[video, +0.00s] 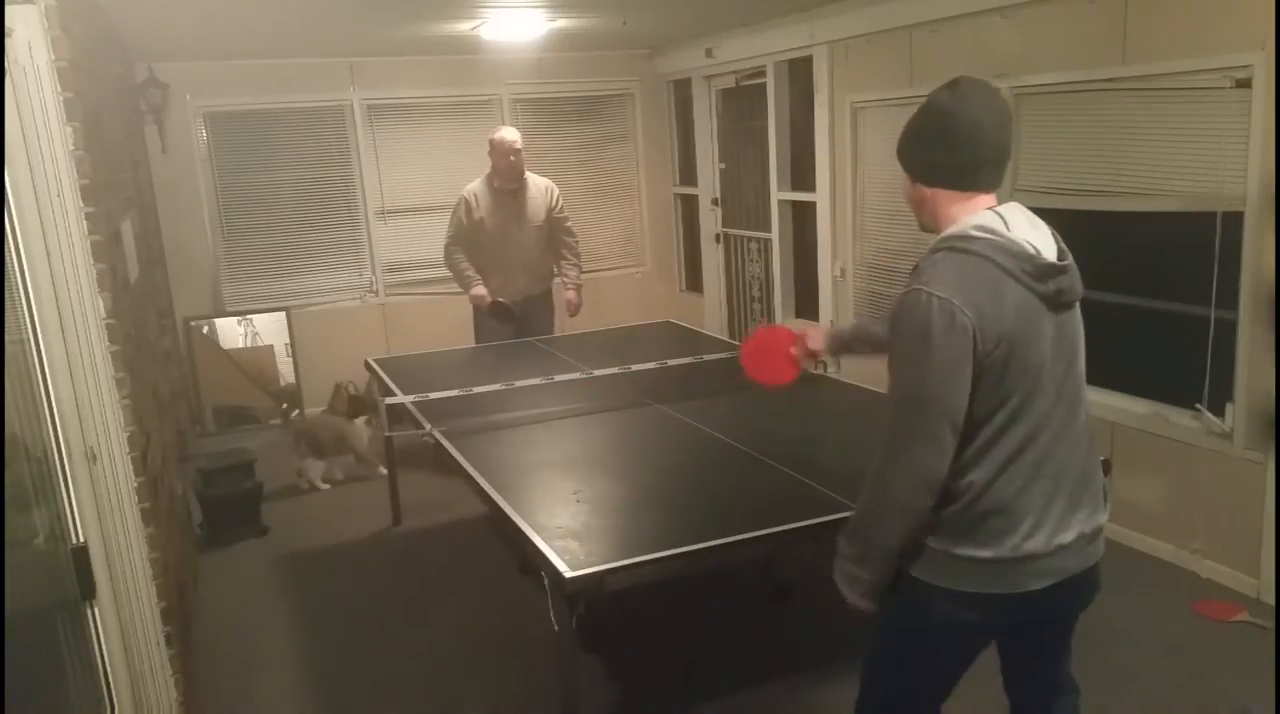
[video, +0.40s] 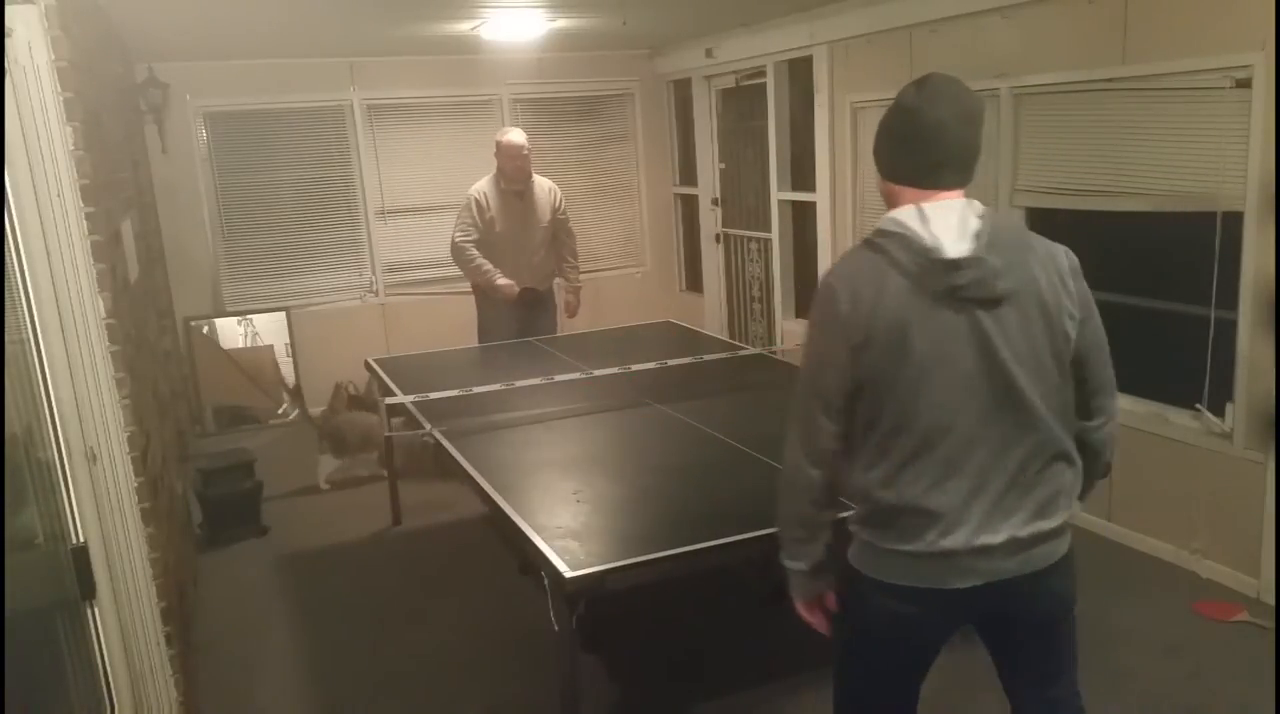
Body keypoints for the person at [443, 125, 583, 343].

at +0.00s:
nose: (513, 160)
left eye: (517, 152)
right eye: (505, 154)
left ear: (524, 152)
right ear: (491, 156)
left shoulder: (546, 190)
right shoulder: (472, 197)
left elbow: (566, 240)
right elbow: (453, 247)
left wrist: (571, 285)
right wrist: (473, 284)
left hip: (538, 302)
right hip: (492, 307)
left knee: (541, 372)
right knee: (495, 372)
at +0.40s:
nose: (520, 164)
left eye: (524, 157)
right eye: (512, 158)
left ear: (530, 154)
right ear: (497, 157)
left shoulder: (549, 192)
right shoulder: (480, 196)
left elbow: (566, 242)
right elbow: (461, 245)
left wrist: (572, 288)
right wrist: (496, 280)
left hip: (540, 297)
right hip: (497, 300)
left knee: (543, 367)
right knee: (499, 369)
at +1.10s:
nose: (517, 158)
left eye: (522, 151)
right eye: (510, 152)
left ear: (531, 151)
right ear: (497, 154)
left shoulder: (552, 191)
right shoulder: (479, 195)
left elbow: (568, 242)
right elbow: (460, 246)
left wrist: (573, 288)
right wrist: (471, 283)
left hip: (542, 300)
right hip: (498, 302)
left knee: (541, 369)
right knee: (499, 372)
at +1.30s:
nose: (513, 157)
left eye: (518, 150)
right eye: (506, 151)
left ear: (529, 152)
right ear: (496, 154)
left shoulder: (552, 190)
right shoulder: (479, 194)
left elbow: (572, 242)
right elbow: (461, 244)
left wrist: (574, 287)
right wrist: (470, 281)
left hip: (543, 298)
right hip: (498, 301)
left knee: (543, 368)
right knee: (500, 372)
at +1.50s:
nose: (512, 157)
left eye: (517, 150)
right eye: (505, 151)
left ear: (528, 151)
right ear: (495, 155)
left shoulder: (552, 189)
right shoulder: (478, 195)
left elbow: (572, 242)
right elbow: (460, 245)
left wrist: (574, 287)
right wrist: (469, 281)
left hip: (543, 299)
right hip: (498, 302)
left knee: (545, 369)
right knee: (500, 372)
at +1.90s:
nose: (536, 172)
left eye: (539, 164)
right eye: (529, 165)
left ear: (544, 162)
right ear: (511, 161)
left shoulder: (557, 195)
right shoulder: (490, 196)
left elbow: (570, 248)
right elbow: (479, 249)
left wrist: (576, 287)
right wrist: (525, 278)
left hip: (546, 302)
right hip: (501, 303)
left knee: (552, 371)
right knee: (504, 371)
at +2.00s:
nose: (541, 177)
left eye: (545, 169)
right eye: (533, 171)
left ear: (549, 165)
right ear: (516, 165)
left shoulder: (557, 197)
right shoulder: (496, 197)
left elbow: (567, 248)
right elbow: (497, 250)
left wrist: (573, 291)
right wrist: (550, 266)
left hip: (545, 296)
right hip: (503, 299)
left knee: (554, 363)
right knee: (506, 367)